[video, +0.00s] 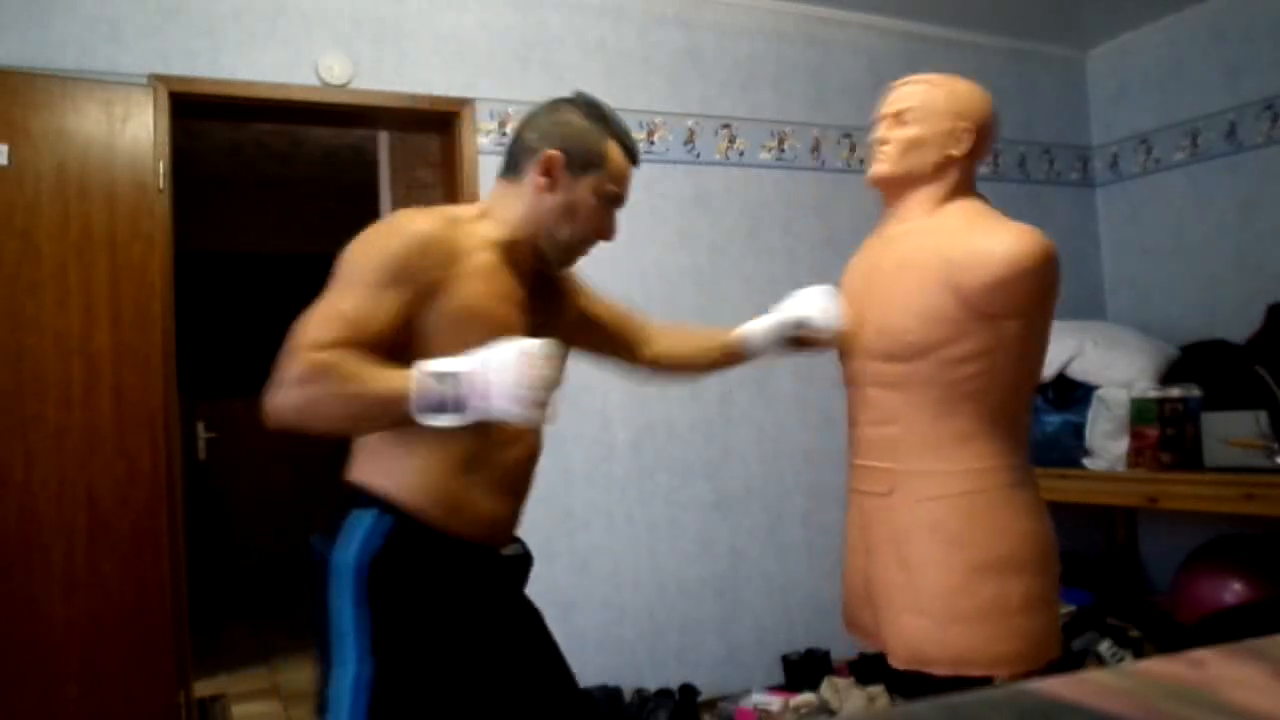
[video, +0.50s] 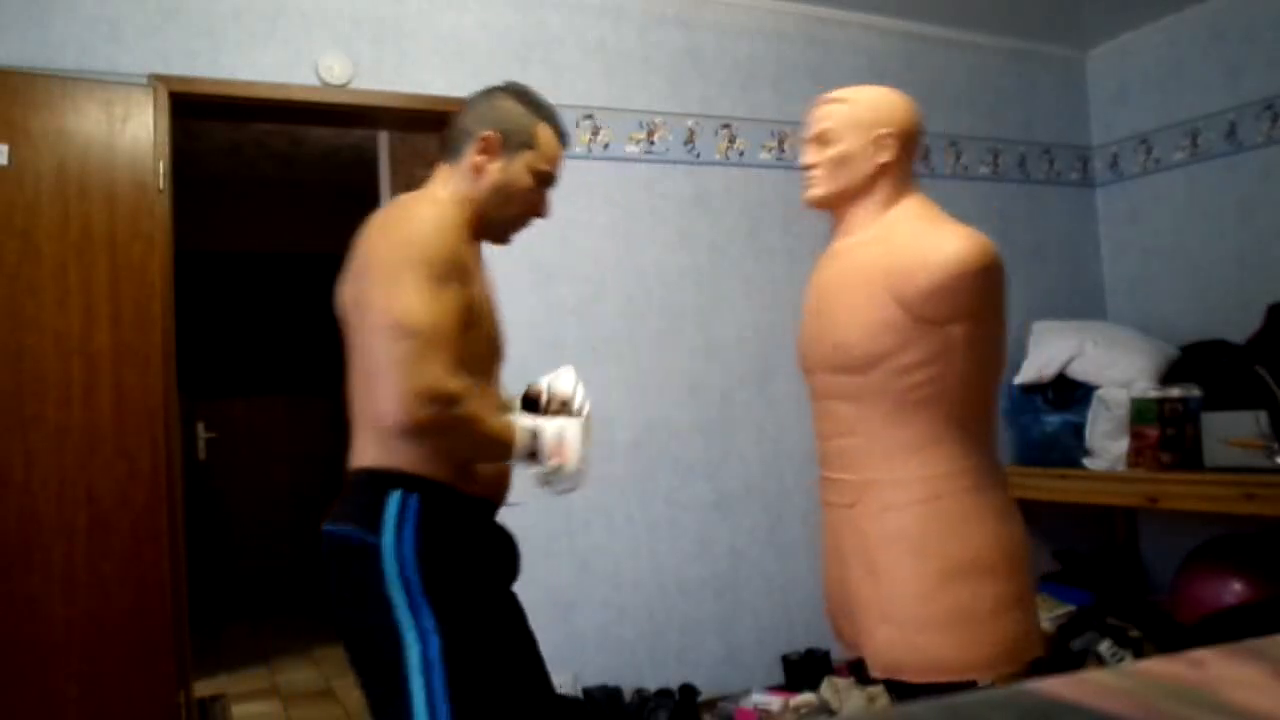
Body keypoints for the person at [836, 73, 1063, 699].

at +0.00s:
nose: (878, 133)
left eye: (900, 120)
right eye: (879, 122)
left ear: (959, 141)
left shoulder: (1007, 254)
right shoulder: (869, 256)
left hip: (966, 538)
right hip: (882, 531)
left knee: (985, 717)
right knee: (908, 711)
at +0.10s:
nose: (823, 153)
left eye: (843, 139)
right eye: (822, 140)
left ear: (904, 148)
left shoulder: (966, 257)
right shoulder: (843, 265)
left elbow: (979, 413)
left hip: (947, 545)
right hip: (868, 542)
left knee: (969, 705)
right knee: (889, 700)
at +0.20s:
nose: (815, 185)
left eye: (825, 164)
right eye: (815, 166)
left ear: (882, 160)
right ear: (883, 162)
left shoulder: (946, 249)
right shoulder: (854, 266)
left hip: (943, 521)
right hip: (879, 521)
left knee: (958, 695)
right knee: (901, 690)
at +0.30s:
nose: (834, 157)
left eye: (848, 140)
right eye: (836, 141)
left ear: (903, 147)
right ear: (901, 149)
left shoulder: (943, 242)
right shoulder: (888, 236)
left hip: (939, 526)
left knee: (949, 701)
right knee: (909, 693)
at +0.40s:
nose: (786, 163)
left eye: (801, 145)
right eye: (787, 147)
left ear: (858, 152)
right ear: (852, 154)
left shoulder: (916, 250)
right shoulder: (843, 247)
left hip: (923, 533)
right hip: (867, 528)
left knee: (948, 695)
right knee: (897, 690)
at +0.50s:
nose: (804, 157)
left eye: (823, 141)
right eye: (806, 142)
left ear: (882, 151)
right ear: (876, 153)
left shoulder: (943, 258)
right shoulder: (837, 260)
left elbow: (963, 430)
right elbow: (844, 442)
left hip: (934, 545)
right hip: (862, 543)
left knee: (961, 703)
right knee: (894, 699)